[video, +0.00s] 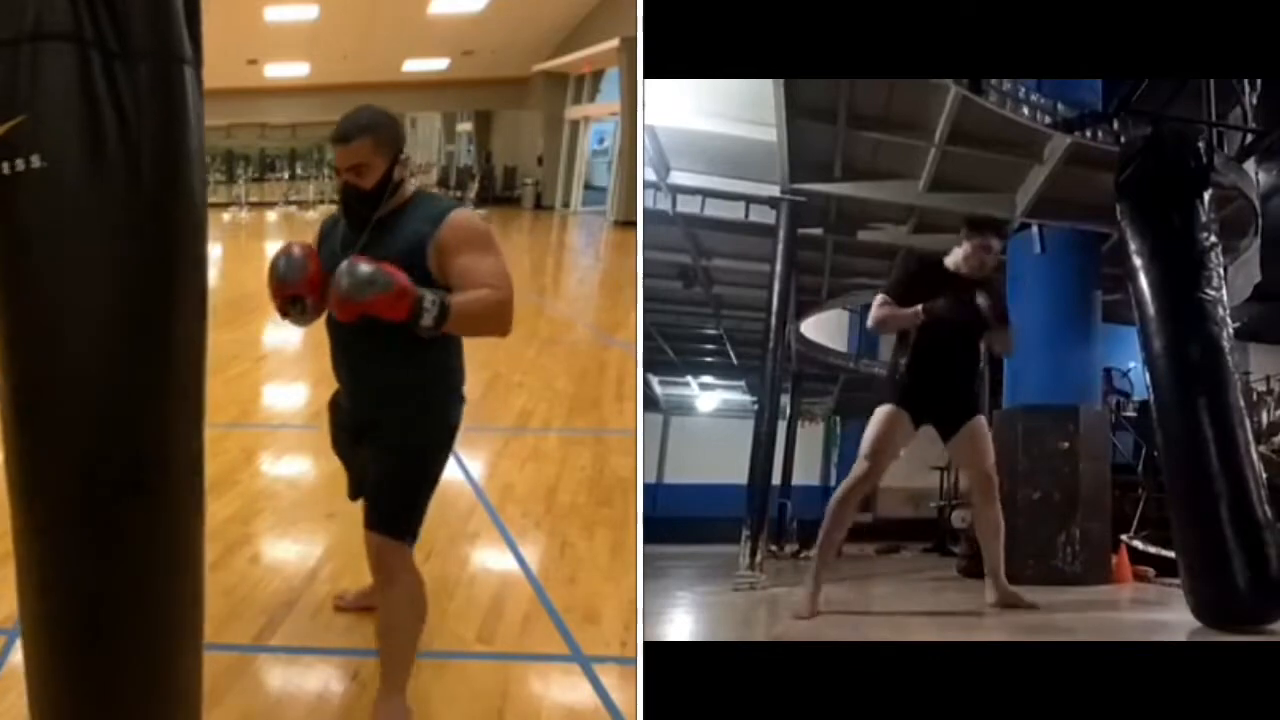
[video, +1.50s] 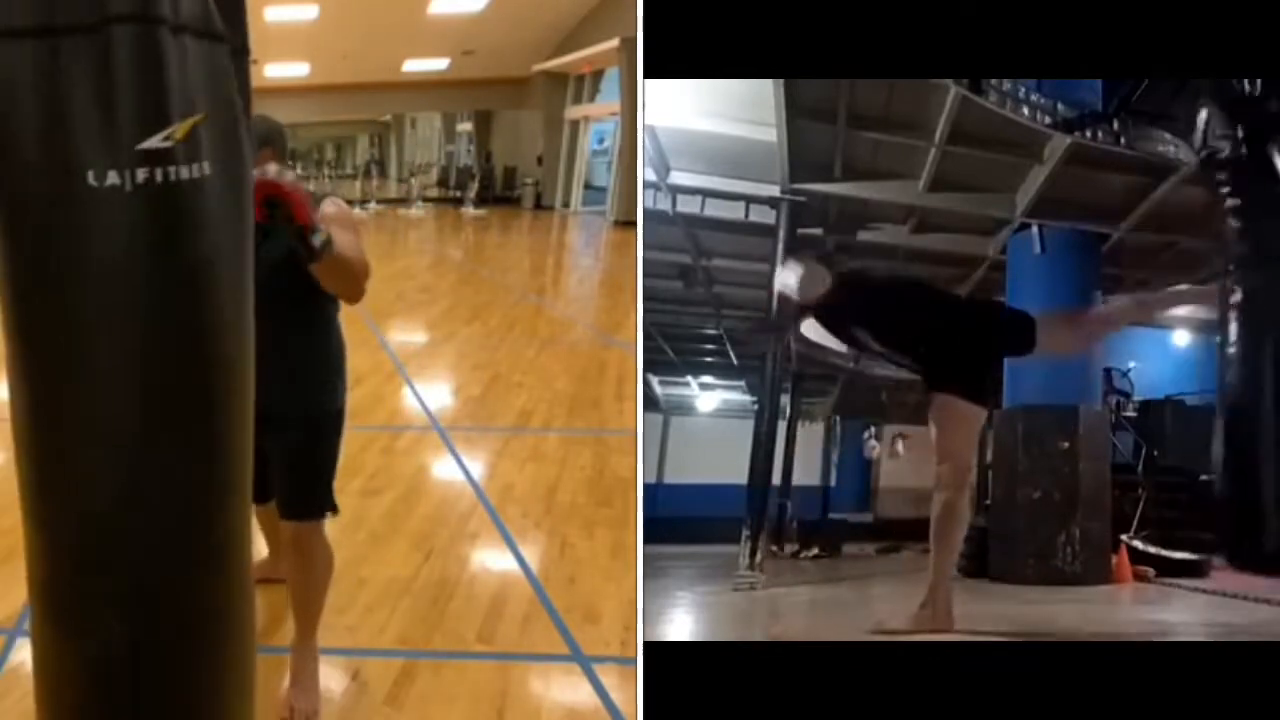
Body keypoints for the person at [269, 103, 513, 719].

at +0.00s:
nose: (346, 183)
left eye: (358, 172)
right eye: (340, 171)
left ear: (395, 162)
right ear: (336, 164)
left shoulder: (450, 225)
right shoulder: (338, 228)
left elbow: (498, 314)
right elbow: (306, 315)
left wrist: (415, 304)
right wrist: (295, 291)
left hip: (419, 404)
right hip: (357, 395)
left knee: (390, 552)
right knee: (373, 506)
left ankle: (392, 700)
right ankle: (387, 586)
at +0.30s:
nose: (329, 188)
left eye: (342, 176)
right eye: (322, 176)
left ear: (378, 166)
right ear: (316, 169)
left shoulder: (433, 227)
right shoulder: (320, 234)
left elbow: (486, 307)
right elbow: (306, 303)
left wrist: (405, 318)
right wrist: (288, 308)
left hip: (404, 404)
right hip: (344, 395)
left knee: (368, 542)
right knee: (363, 504)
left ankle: (343, 681)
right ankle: (385, 591)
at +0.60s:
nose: (319, 201)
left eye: (333, 188)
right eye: (311, 186)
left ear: (370, 178)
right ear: (304, 176)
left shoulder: (414, 237)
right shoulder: (304, 228)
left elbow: (424, 339)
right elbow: (243, 294)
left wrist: (365, 282)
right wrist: (239, 260)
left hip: (379, 420)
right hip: (317, 408)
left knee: (353, 557)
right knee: (333, 503)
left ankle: (339, 686)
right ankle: (376, 574)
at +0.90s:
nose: (303, 183)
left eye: (316, 171)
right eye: (296, 171)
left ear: (343, 172)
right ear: (282, 175)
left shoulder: (387, 235)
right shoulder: (274, 218)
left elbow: (367, 330)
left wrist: (334, 233)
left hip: (350, 425)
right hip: (286, 405)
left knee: (343, 561)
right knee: (282, 485)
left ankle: (335, 684)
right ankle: (293, 560)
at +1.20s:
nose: (262, 202)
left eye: (274, 191)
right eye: (253, 191)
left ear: (300, 179)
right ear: (242, 182)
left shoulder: (344, 231)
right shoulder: (241, 225)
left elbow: (379, 320)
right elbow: (216, 296)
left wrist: (327, 290)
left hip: (315, 400)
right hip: (256, 391)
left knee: (309, 535)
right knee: (271, 483)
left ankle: (325, 672)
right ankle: (282, 557)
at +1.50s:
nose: (258, 178)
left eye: (265, 165)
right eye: (247, 168)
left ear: (282, 162)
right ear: (230, 171)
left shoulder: (325, 211)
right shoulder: (221, 217)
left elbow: (353, 286)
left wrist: (306, 228)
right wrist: (230, 214)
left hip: (307, 380)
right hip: (245, 375)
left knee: (302, 518)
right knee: (258, 485)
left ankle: (304, 655)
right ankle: (282, 556)